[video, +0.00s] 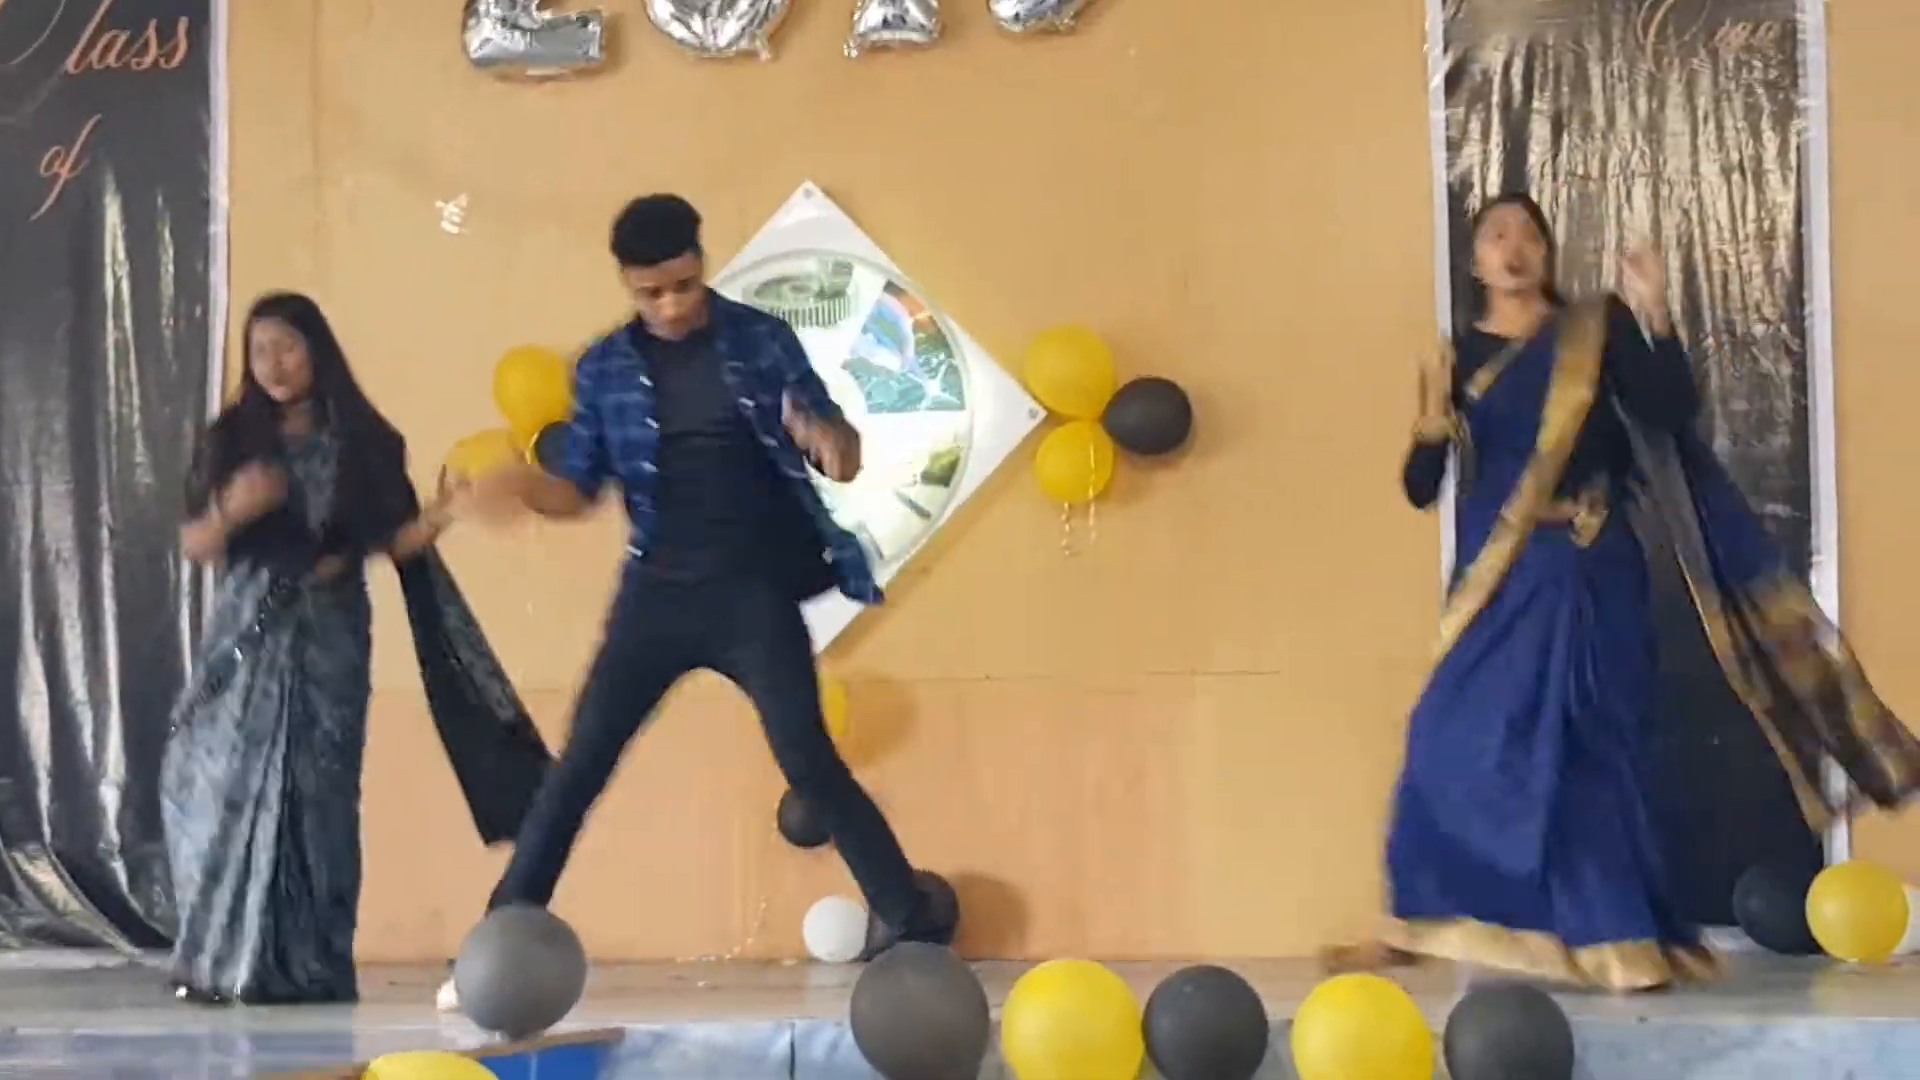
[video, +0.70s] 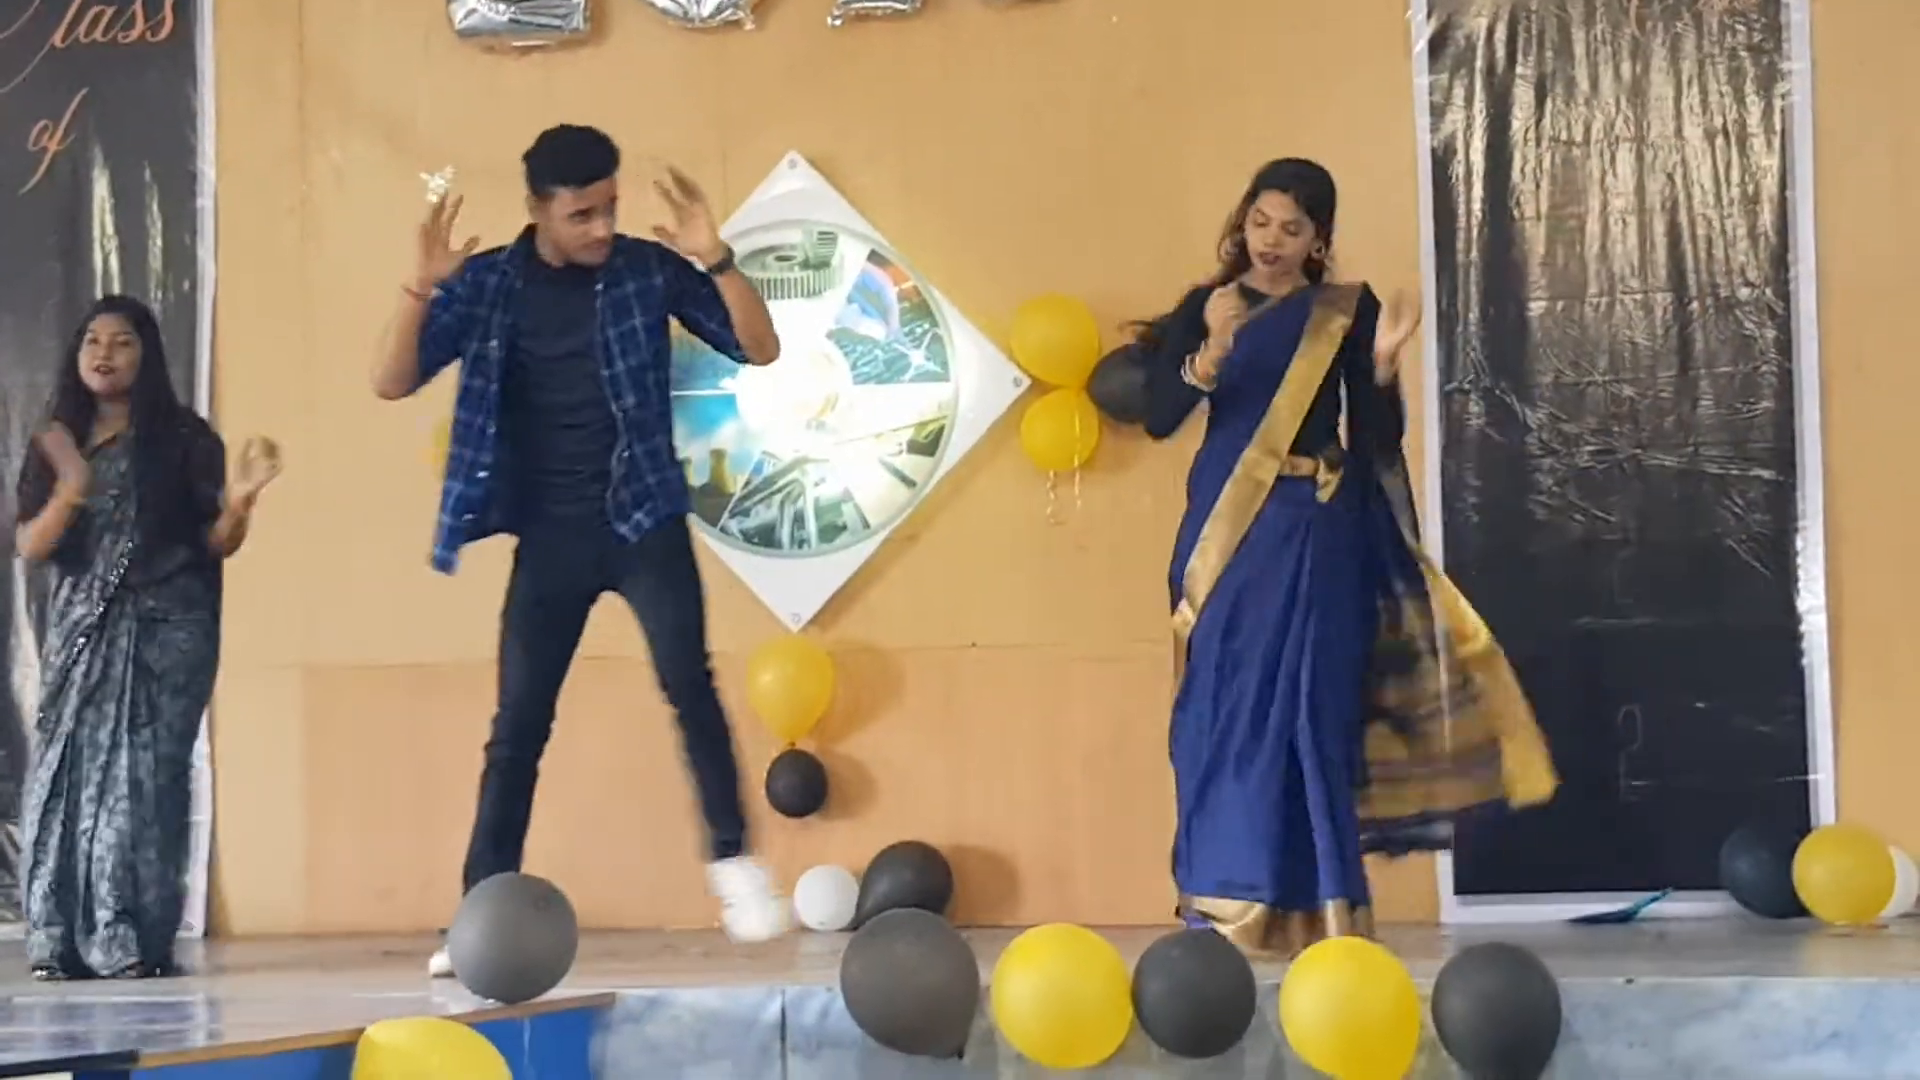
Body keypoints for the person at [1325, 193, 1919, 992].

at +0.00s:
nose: (1513, 248)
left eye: (1527, 234)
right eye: (1497, 236)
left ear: (1549, 250)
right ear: (1473, 256)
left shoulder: (1598, 326)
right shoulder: (1458, 357)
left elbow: (1673, 414)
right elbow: (1418, 489)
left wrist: (1656, 317)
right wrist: (1431, 433)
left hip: (1592, 556)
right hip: (1501, 564)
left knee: (1591, 734)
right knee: (1456, 723)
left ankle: (1617, 933)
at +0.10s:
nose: (1459, 228)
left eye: (1471, 216)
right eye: (1443, 213)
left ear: (1488, 235)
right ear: (1411, 234)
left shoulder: (1524, 297)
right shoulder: (1392, 334)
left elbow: (1637, 329)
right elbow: (1372, 450)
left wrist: (1617, 245)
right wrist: (1405, 363)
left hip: (1549, 523)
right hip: (1458, 532)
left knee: (1560, 714)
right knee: (1398, 708)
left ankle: (1584, 925)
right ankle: (1308, 911)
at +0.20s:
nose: (1398, 235)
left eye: (1412, 223)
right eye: (1384, 219)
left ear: (1424, 236)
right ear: (1349, 228)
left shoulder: (1456, 304)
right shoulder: (1327, 329)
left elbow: (1571, 324)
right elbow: (1333, 428)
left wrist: (1584, 243)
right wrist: (1397, 329)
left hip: (1507, 530)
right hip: (1413, 541)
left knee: (1538, 714)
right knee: (1346, 713)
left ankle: (1609, 917)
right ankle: (1255, 903)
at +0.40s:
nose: (1308, 262)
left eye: (1325, 253)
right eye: (1296, 242)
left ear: (1340, 268)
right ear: (1267, 245)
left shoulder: (1355, 337)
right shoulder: (1227, 327)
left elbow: (1475, 365)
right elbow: (1236, 411)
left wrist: (1518, 276)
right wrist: (1330, 342)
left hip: (1387, 539)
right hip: (1295, 547)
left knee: (1424, 717)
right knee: (1283, 724)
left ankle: (1559, 894)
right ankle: (1245, 919)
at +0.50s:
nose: (1284, 240)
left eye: (1302, 231)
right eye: (1272, 223)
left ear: (1325, 243)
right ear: (1250, 227)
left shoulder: (1350, 317)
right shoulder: (1215, 305)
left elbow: (1458, 347)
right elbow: (1182, 384)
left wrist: (1478, 257)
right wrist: (1287, 314)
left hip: (1362, 534)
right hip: (1265, 541)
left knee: (1390, 705)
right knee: (1271, 711)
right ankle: (1251, 908)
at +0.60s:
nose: (1274, 223)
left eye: (1291, 211)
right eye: (1262, 208)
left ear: (1316, 223)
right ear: (1241, 214)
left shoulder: (1347, 293)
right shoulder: (1211, 288)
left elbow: (1438, 368)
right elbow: (1139, 385)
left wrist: (1438, 284)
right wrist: (1237, 324)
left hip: (1345, 513)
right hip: (1250, 514)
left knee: (1349, 692)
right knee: (1255, 691)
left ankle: (1352, 896)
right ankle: (1251, 893)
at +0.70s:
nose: (1272, 238)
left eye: (1291, 226)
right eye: (1261, 221)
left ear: (1318, 238)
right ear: (1241, 224)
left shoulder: (1351, 308)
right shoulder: (1208, 306)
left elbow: (1380, 442)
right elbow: (1154, 412)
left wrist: (1384, 368)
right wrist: (1211, 354)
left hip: (1330, 514)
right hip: (1235, 513)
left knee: (1314, 697)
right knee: (1236, 696)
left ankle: (1325, 898)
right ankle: (1241, 895)